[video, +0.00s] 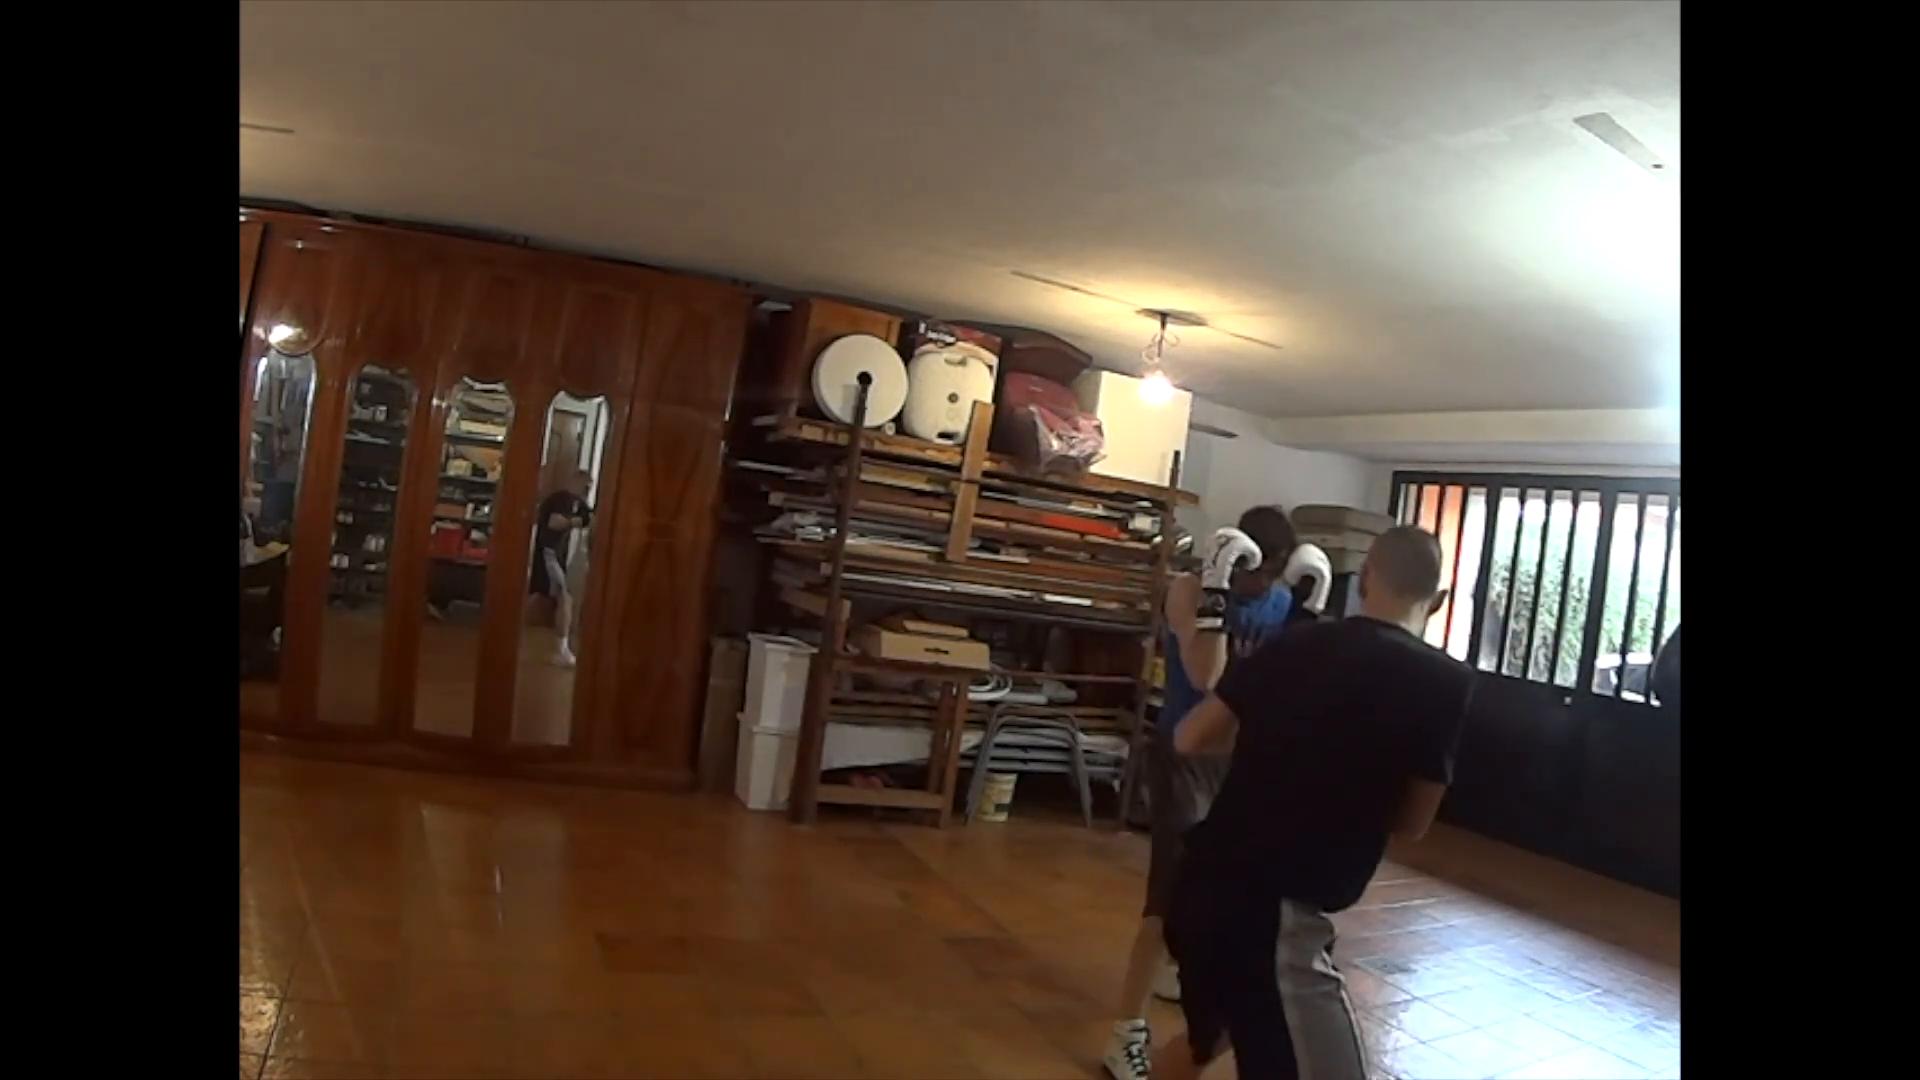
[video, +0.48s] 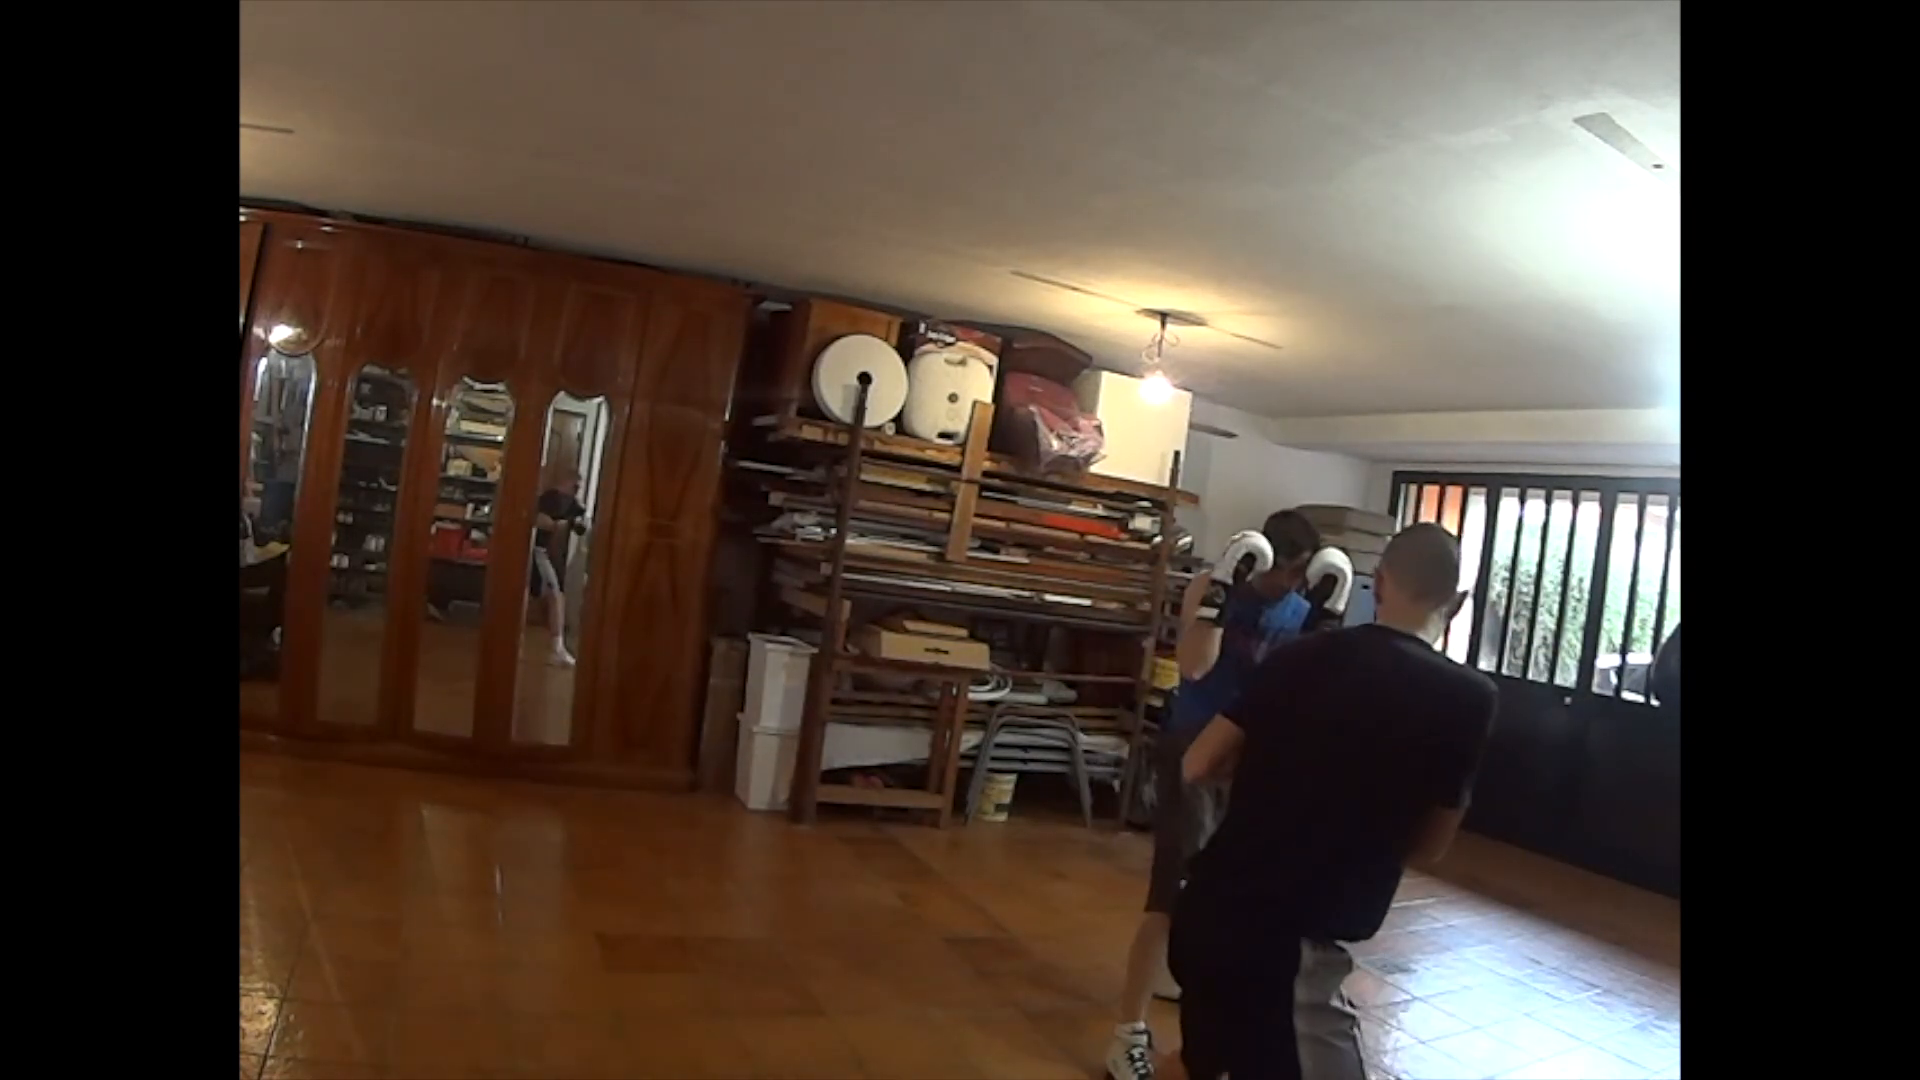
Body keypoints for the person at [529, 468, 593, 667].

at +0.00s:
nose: (588, 489)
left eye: (589, 486)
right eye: (586, 485)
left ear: (585, 486)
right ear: (575, 482)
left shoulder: (579, 503)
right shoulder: (560, 498)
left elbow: (588, 520)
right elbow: (553, 522)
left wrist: (571, 521)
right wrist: (574, 522)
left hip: (560, 551)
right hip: (546, 549)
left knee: (535, 594)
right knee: (564, 597)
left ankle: (512, 633)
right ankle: (562, 647)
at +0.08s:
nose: (588, 491)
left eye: (589, 488)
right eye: (586, 487)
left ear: (584, 488)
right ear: (575, 484)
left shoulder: (579, 505)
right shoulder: (559, 500)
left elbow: (590, 522)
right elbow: (552, 525)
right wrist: (576, 527)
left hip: (559, 551)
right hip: (546, 549)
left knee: (535, 593)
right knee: (562, 596)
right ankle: (562, 646)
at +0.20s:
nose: (579, 492)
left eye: (581, 488)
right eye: (576, 487)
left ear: (582, 490)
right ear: (566, 484)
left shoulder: (576, 508)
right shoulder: (550, 501)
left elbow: (585, 526)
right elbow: (541, 525)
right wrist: (566, 529)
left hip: (559, 551)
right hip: (541, 547)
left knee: (557, 593)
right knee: (555, 591)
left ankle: (561, 645)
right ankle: (560, 645)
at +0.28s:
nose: (577, 490)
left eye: (579, 486)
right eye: (574, 485)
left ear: (579, 488)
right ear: (564, 482)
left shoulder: (574, 507)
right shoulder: (548, 500)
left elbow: (581, 527)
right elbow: (539, 522)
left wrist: (577, 529)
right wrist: (561, 528)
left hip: (558, 551)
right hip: (540, 547)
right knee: (555, 593)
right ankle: (559, 645)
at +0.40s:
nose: (575, 489)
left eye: (577, 485)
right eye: (572, 484)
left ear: (576, 487)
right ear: (561, 482)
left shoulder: (573, 504)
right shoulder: (550, 498)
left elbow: (582, 523)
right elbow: (540, 521)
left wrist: (577, 524)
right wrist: (563, 526)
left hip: (553, 550)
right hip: (538, 547)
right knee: (555, 594)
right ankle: (557, 646)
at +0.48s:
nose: (576, 488)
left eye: (577, 485)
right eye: (573, 483)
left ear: (576, 487)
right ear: (561, 482)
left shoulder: (573, 504)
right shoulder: (549, 498)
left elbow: (581, 525)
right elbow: (540, 521)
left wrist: (577, 525)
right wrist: (565, 524)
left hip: (548, 549)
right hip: (537, 547)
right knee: (556, 593)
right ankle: (557, 646)